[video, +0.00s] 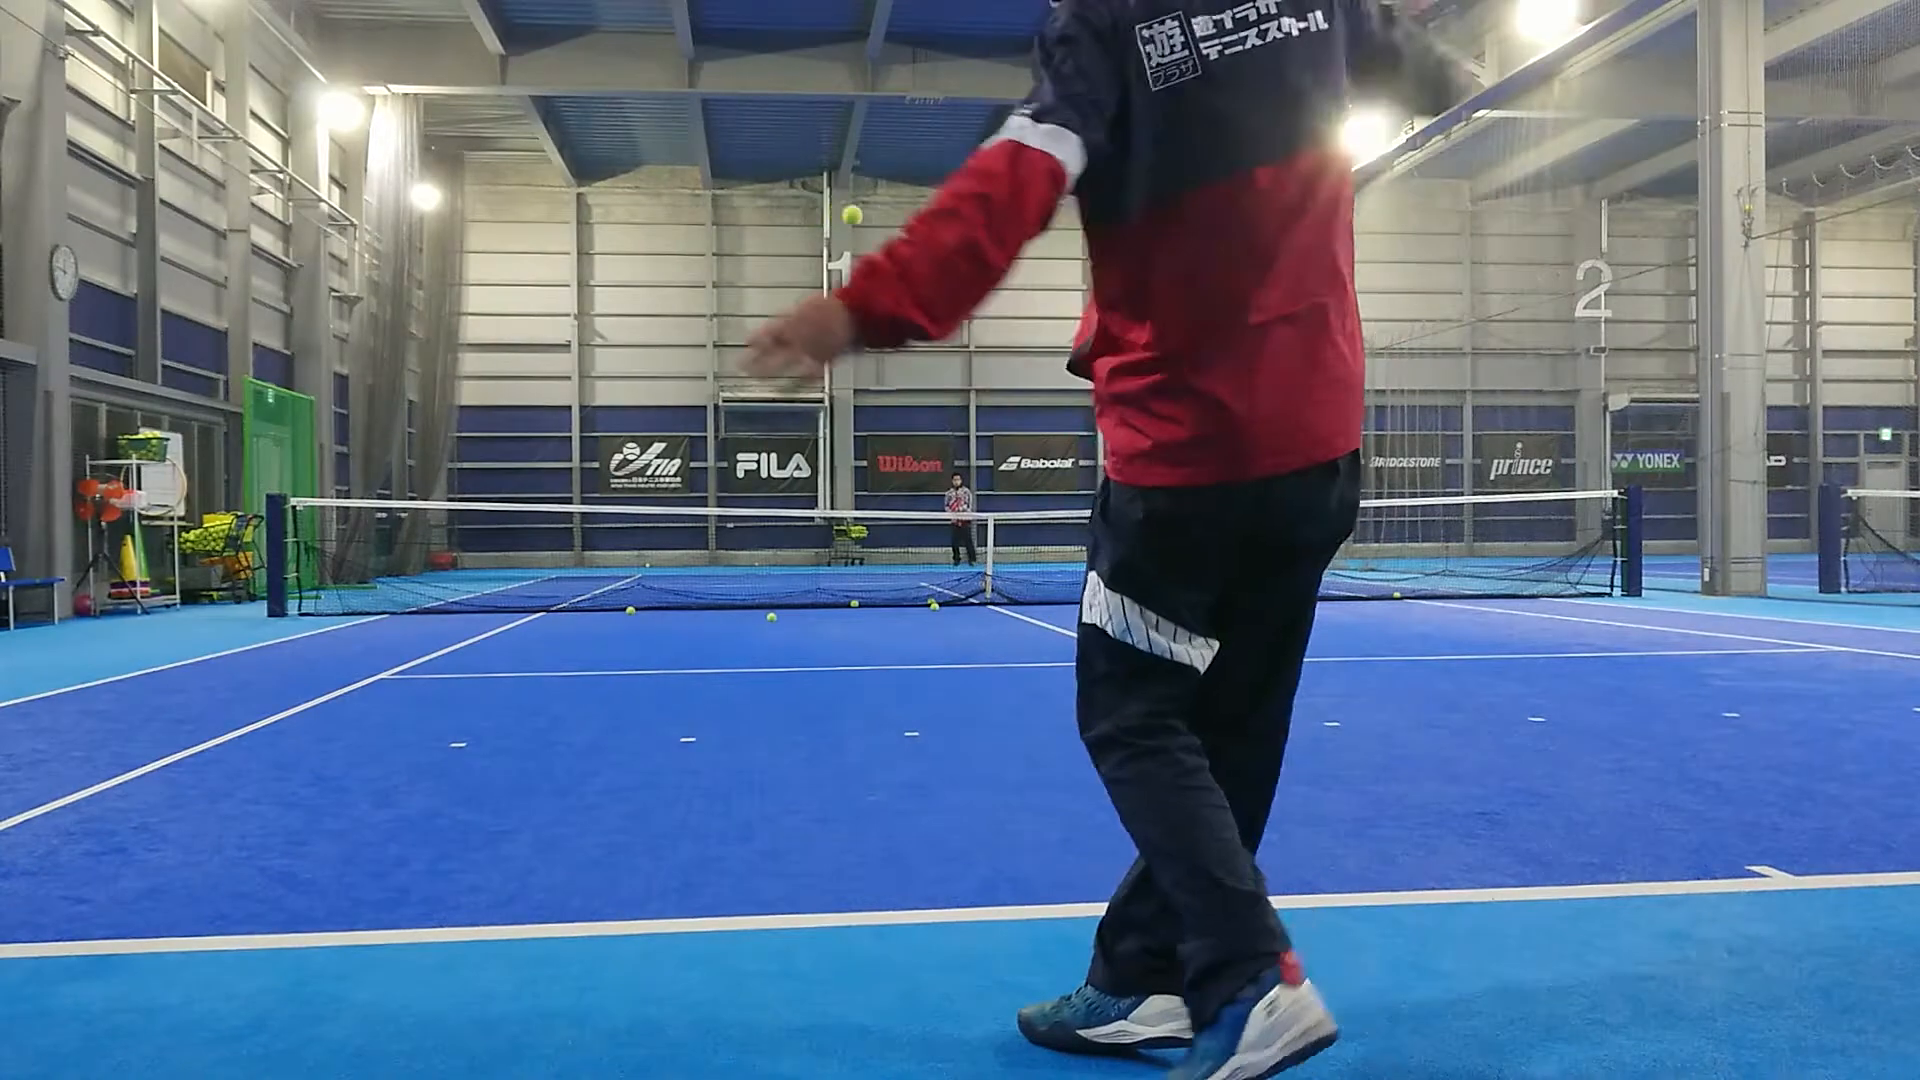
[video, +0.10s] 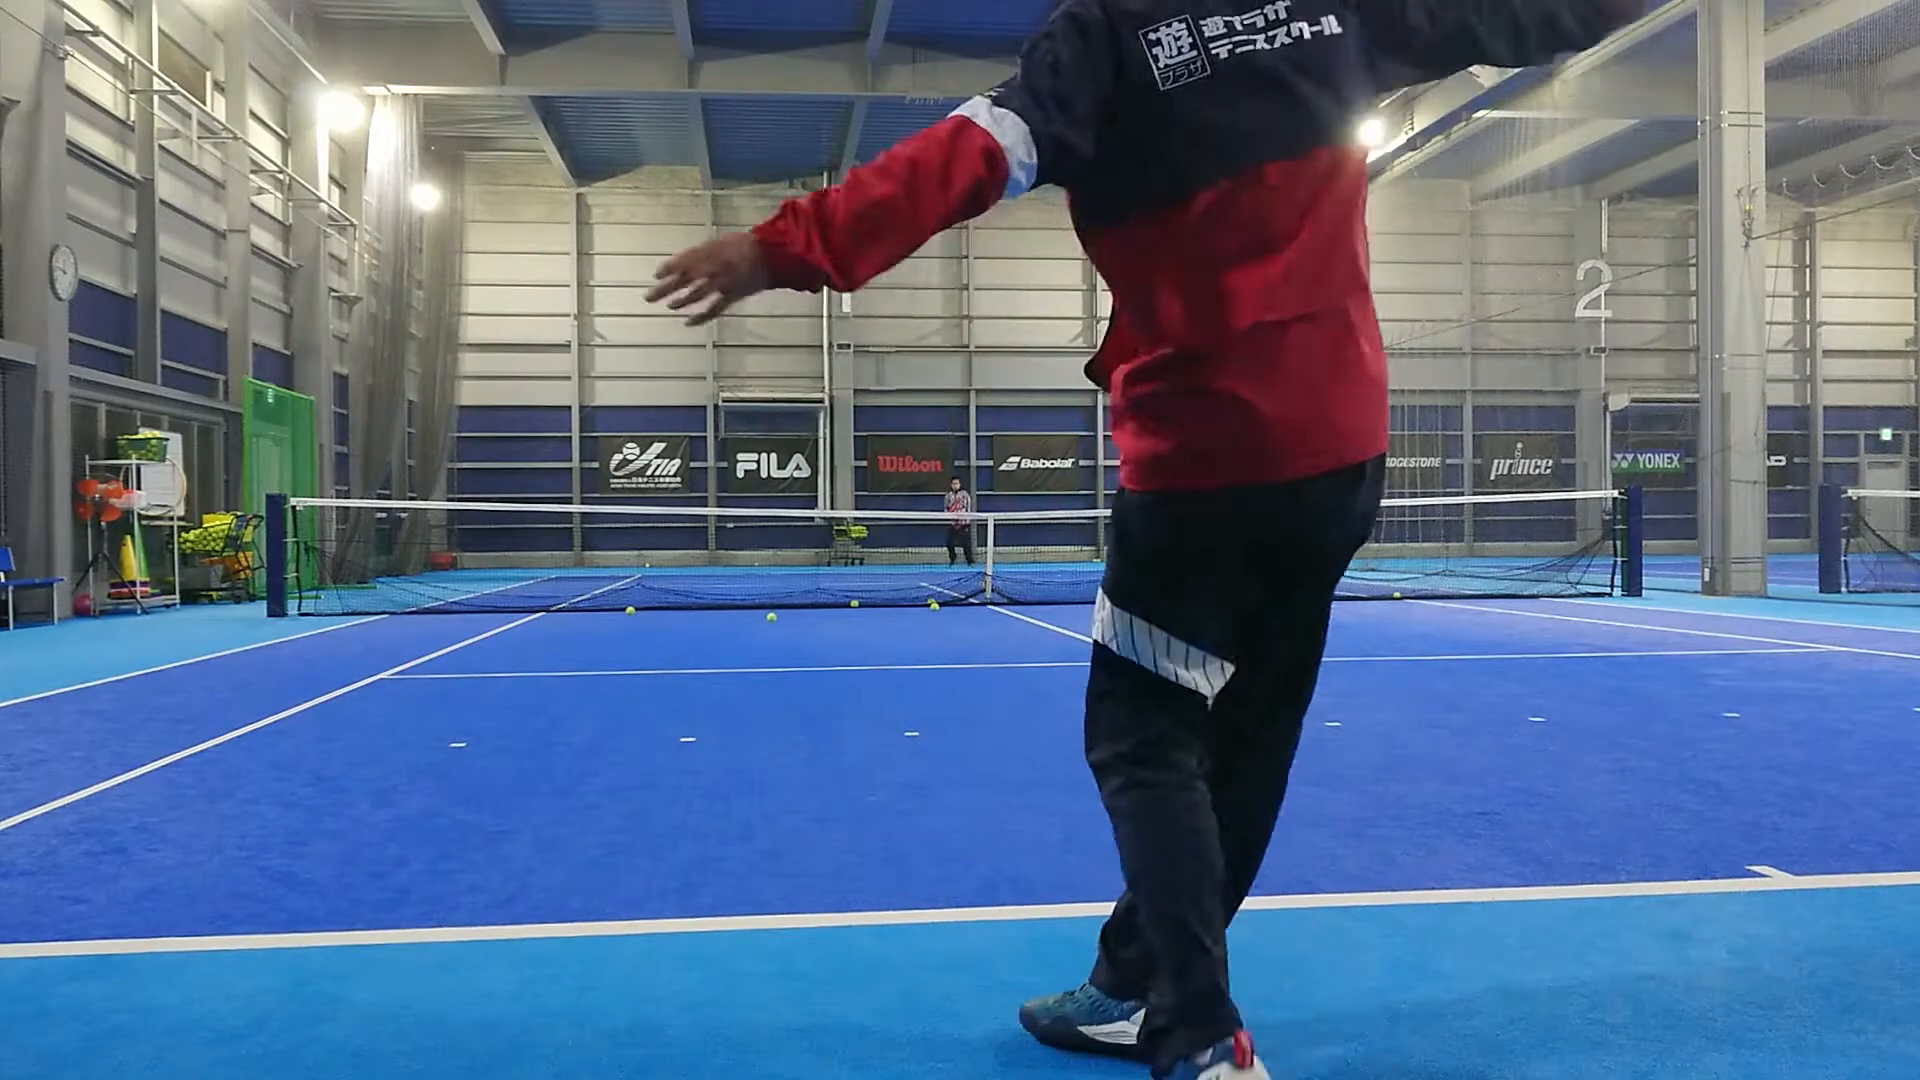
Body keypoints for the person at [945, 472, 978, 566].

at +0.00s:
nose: (957, 482)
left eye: (958, 479)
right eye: (955, 479)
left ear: (961, 481)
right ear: (952, 481)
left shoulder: (967, 492)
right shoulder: (948, 493)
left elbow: (970, 506)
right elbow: (946, 506)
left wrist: (964, 515)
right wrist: (952, 515)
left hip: (965, 520)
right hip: (954, 520)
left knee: (968, 541)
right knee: (954, 541)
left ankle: (972, 559)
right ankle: (956, 559)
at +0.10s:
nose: (955, 486)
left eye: (957, 483)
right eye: (954, 483)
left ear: (960, 484)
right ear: (951, 485)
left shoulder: (965, 495)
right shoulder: (948, 496)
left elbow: (968, 509)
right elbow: (946, 508)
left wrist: (966, 520)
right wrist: (950, 518)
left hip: (963, 522)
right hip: (953, 522)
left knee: (966, 543)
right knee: (949, 542)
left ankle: (970, 560)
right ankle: (952, 558)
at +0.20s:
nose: (952, 488)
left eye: (954, 486)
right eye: (951, 486)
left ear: (957, 487)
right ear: (948, 488)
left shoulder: (962, 498)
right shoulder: (946, 499)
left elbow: (965, 511)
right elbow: (945, 511)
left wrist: (966, 524)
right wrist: (948, 521)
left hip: (961, 525)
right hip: (950, 525)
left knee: (964, 545)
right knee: (945, 545)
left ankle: (969, 561)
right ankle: (944, 561)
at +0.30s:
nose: (949, 488)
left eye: (951, 486)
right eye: (947, 486)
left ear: (954, 487)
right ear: (945, 488)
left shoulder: (958, 498)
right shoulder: (942, 499)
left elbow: (960, 512)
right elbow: (940, 511)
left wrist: (954, 522)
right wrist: (946, 519)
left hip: (957, 526)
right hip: (946, 525)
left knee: (960, 546)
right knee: (942, 545)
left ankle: (969, 562)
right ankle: (941, 562)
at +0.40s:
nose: (945, 488)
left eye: (947, 486)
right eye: (943, 486)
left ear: (950, 487)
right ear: (941, 488)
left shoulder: (954, 498)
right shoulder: (939, 499)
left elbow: (955, 511)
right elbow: (937, 510)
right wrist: (941, 519)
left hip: (953, 525)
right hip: (942, 525)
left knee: (955, 545)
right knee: (939, 544)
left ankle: (965, 559)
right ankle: (940, 561)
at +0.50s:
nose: (942, 487)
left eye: (944, 485)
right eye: (940, 485)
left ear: (947, 487)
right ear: (938, 487)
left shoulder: (951, 497)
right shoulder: (936, 497)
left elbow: (948, 509)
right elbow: (931, 507)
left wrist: (936, 508)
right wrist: (940, 509)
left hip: (949, 523)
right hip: (939, 523)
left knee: (947, 544)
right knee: (937, 545)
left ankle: (954, 559)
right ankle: (940, 561)